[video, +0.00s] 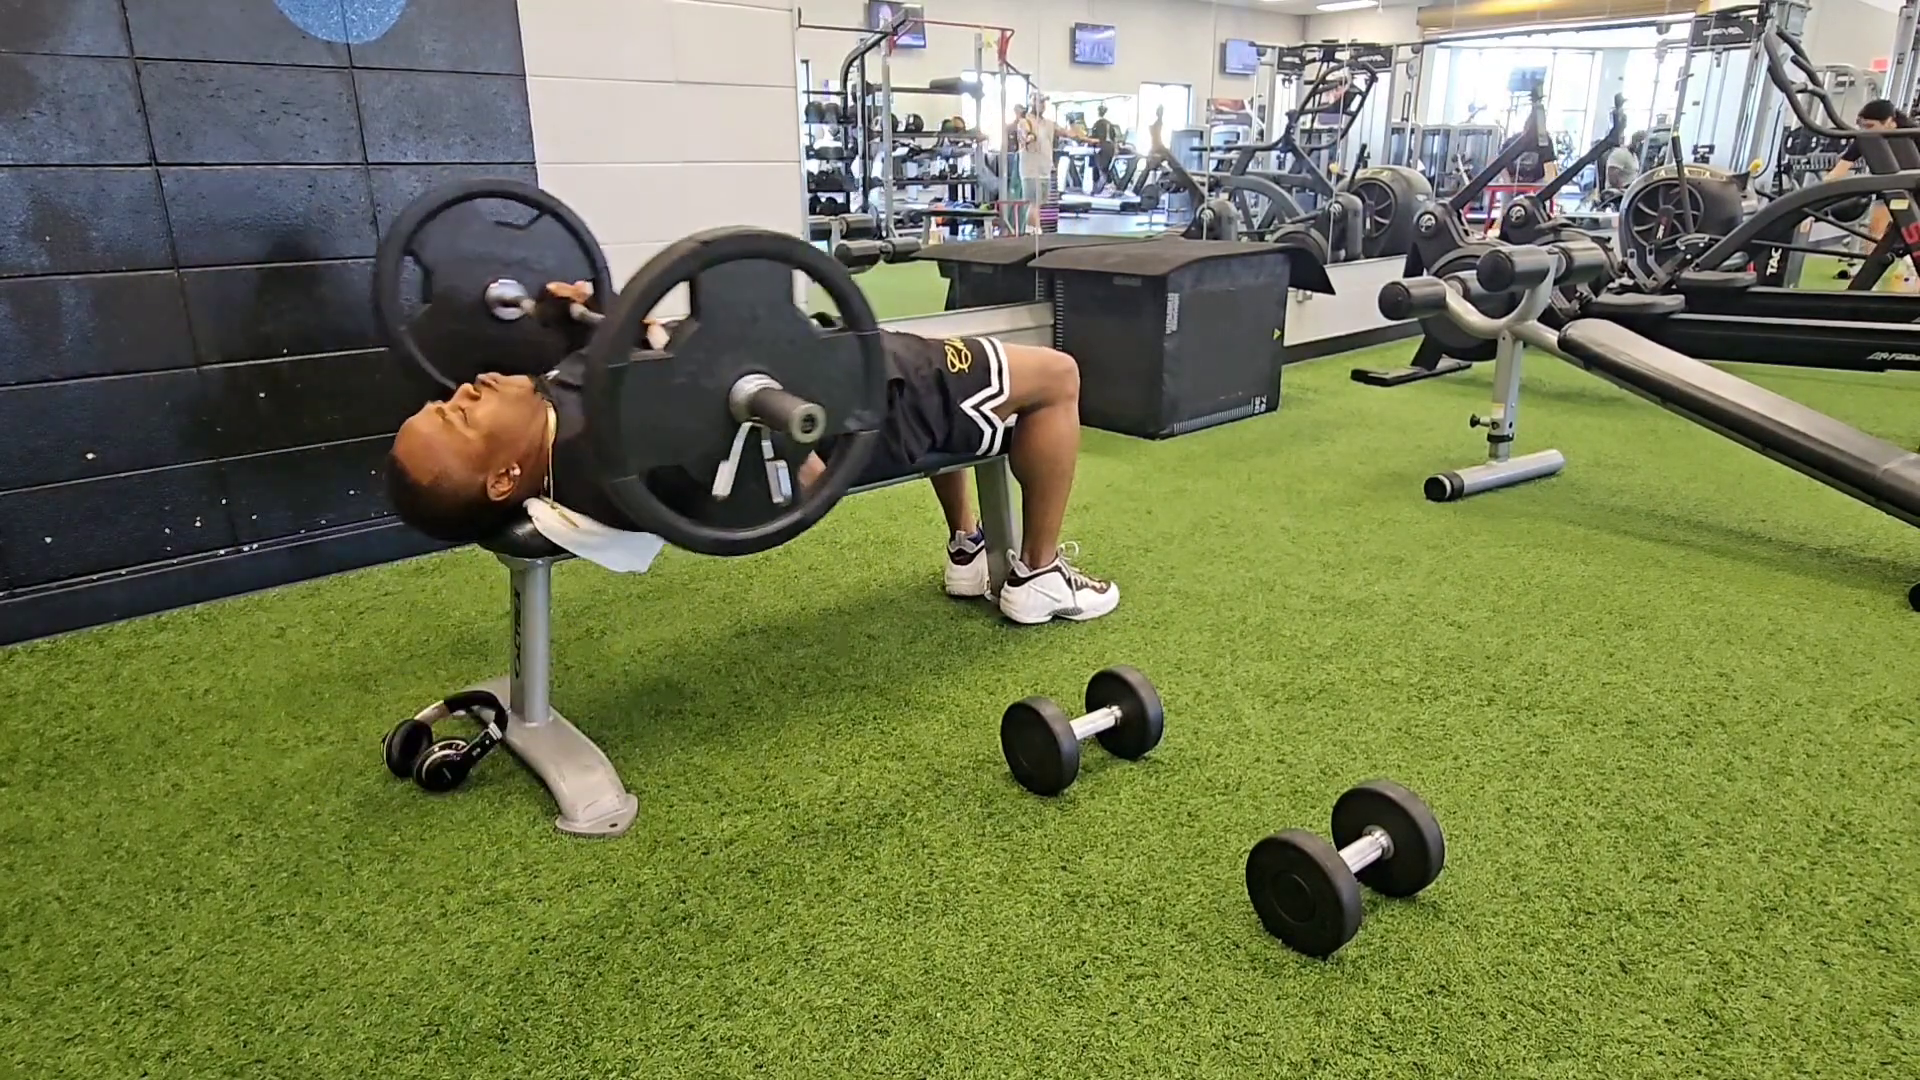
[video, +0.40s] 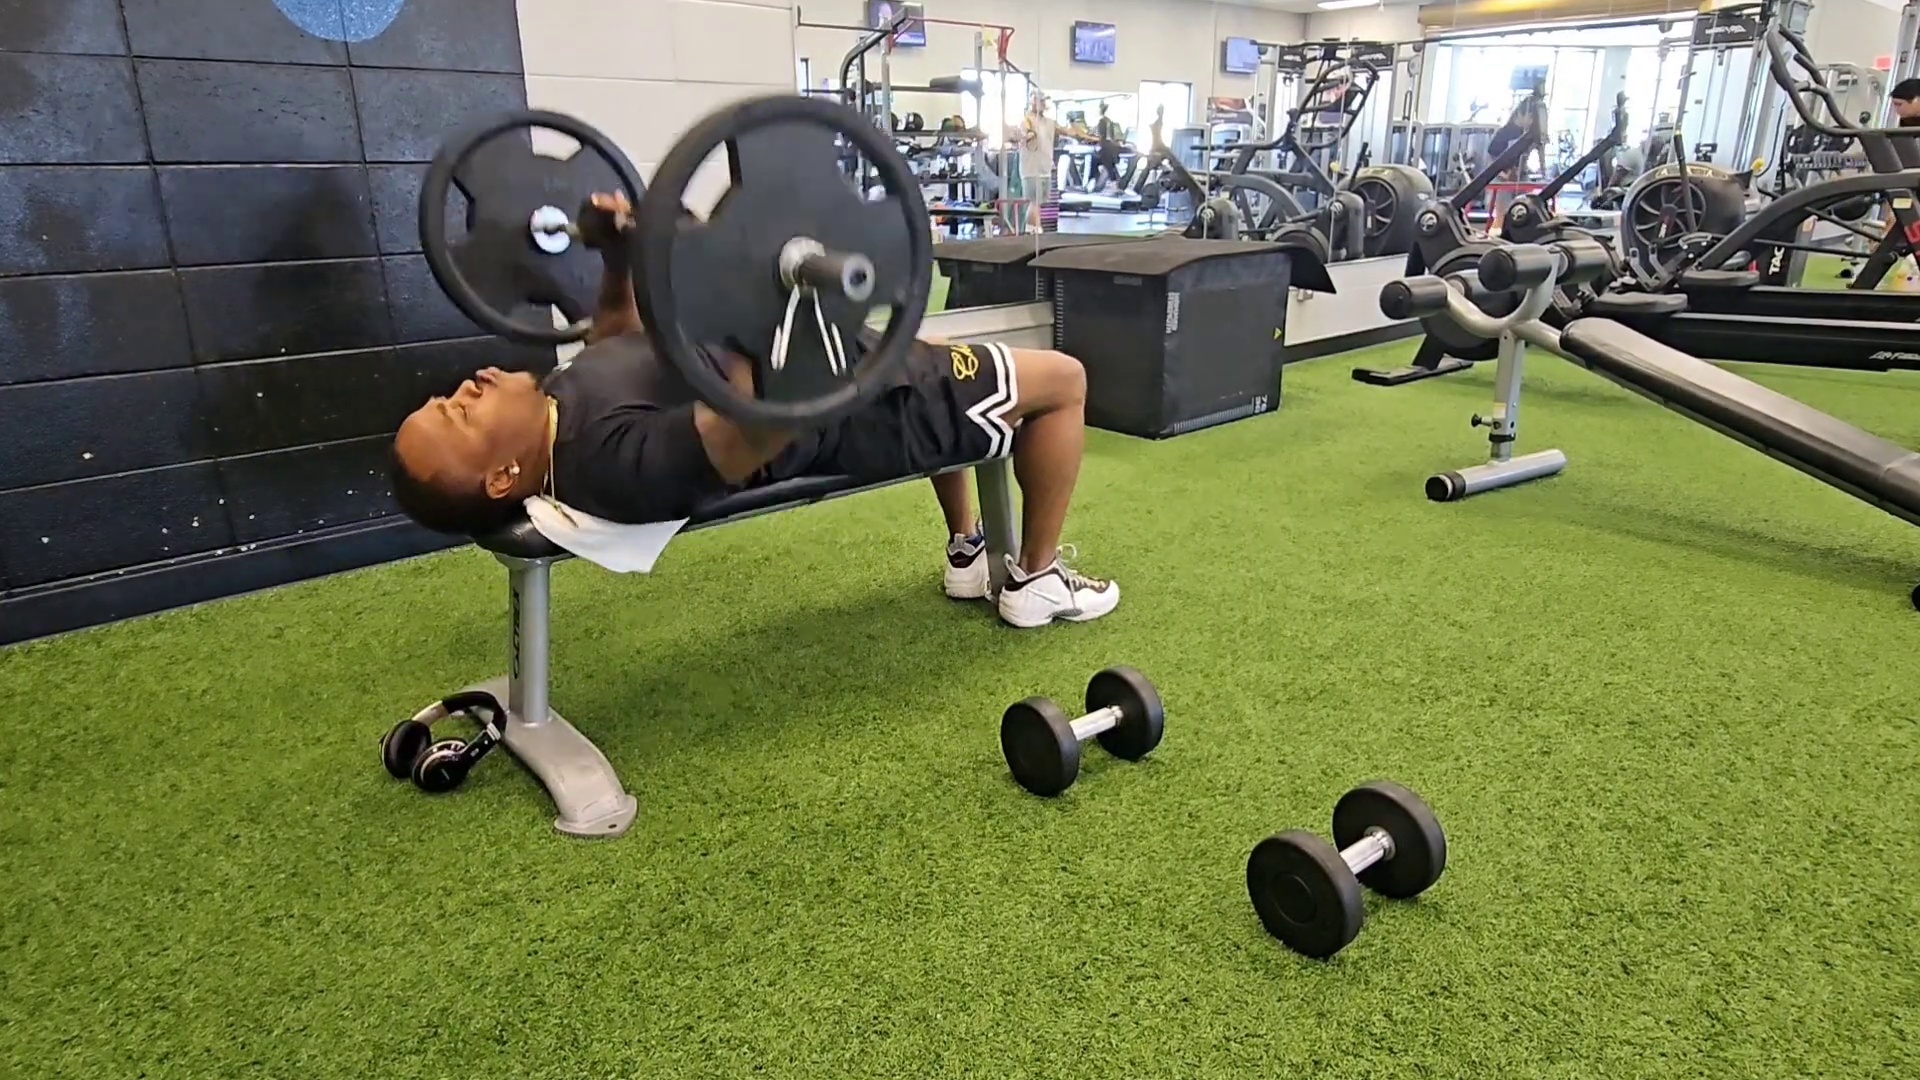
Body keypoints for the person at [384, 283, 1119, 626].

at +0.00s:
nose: (466, 383)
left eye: (445, 403)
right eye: (460, 413)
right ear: (509, 476)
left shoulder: (540, 401)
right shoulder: (610, 463)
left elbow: (648, 369)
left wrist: (599, 326)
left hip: (773, 381)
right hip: (836, 427)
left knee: (923, 343)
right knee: (1056, 374)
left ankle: (969, 543)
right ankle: (1040, 574)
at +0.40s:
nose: (468, 378)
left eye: (443, 393)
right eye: (459, 408)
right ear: (500, 474)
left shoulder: (555, 398)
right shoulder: (612, 463)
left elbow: (619, 330)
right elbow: (733, 447)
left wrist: (618, 251)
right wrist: (742, 335)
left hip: (790, 372)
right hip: (837, 418)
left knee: (936, 351)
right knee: (1061, 378)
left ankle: (970, 550)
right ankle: (1038, 576)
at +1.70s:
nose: (440, 402)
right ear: (432, 500)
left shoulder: (469, 417)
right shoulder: (586, 456)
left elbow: (407, 308)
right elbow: (538, 366)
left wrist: (374, 451)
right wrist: (435, 442)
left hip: (786, 342)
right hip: (837, 390)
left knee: (937, 348)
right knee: (1059, 374)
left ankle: (961, 543)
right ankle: (1036, 569)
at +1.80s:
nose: (429, 409)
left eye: (423, 409)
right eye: (422, 421)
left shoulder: (441, 429)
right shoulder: (582, 468)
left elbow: (383, 336)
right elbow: (517, 398)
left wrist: (369, 477)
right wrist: (419, 521)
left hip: (771, 343)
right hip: (829, 387)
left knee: (928, 355)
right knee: (1055, 373)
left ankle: (963, 545)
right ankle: (1036, 571)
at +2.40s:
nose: (444, 436)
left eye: (430, 442)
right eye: (442, 446)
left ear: (488, 480)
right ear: (497, 486)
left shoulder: (515, 418)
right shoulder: (596, 459)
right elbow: (709, 382)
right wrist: (706, 335)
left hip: (773, 345)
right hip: (819, 390)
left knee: (929, 341)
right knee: (1048, 374)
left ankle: (965, 541)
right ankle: (1040, 573)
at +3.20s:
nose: (462, 381)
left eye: (440, 395)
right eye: (460, 406)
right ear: (507, 472)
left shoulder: (529, 376)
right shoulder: (611, 446)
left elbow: (561, 261)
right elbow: (689, 295)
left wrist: (562, 123)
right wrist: (672, 125)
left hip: (794, 350)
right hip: (842, 395)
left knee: (934, 362)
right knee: (1053, 379)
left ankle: (967, 550)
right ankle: (1038, 576)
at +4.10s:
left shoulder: (434, 426)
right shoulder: (533, 472)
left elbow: (466, 286)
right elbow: (609, 328)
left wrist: (378, 402)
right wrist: (484, 401)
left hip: (773, 345)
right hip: (821, 390)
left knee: (935, 353)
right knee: (1053, 374)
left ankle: (966, 549)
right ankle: (1041, 572)